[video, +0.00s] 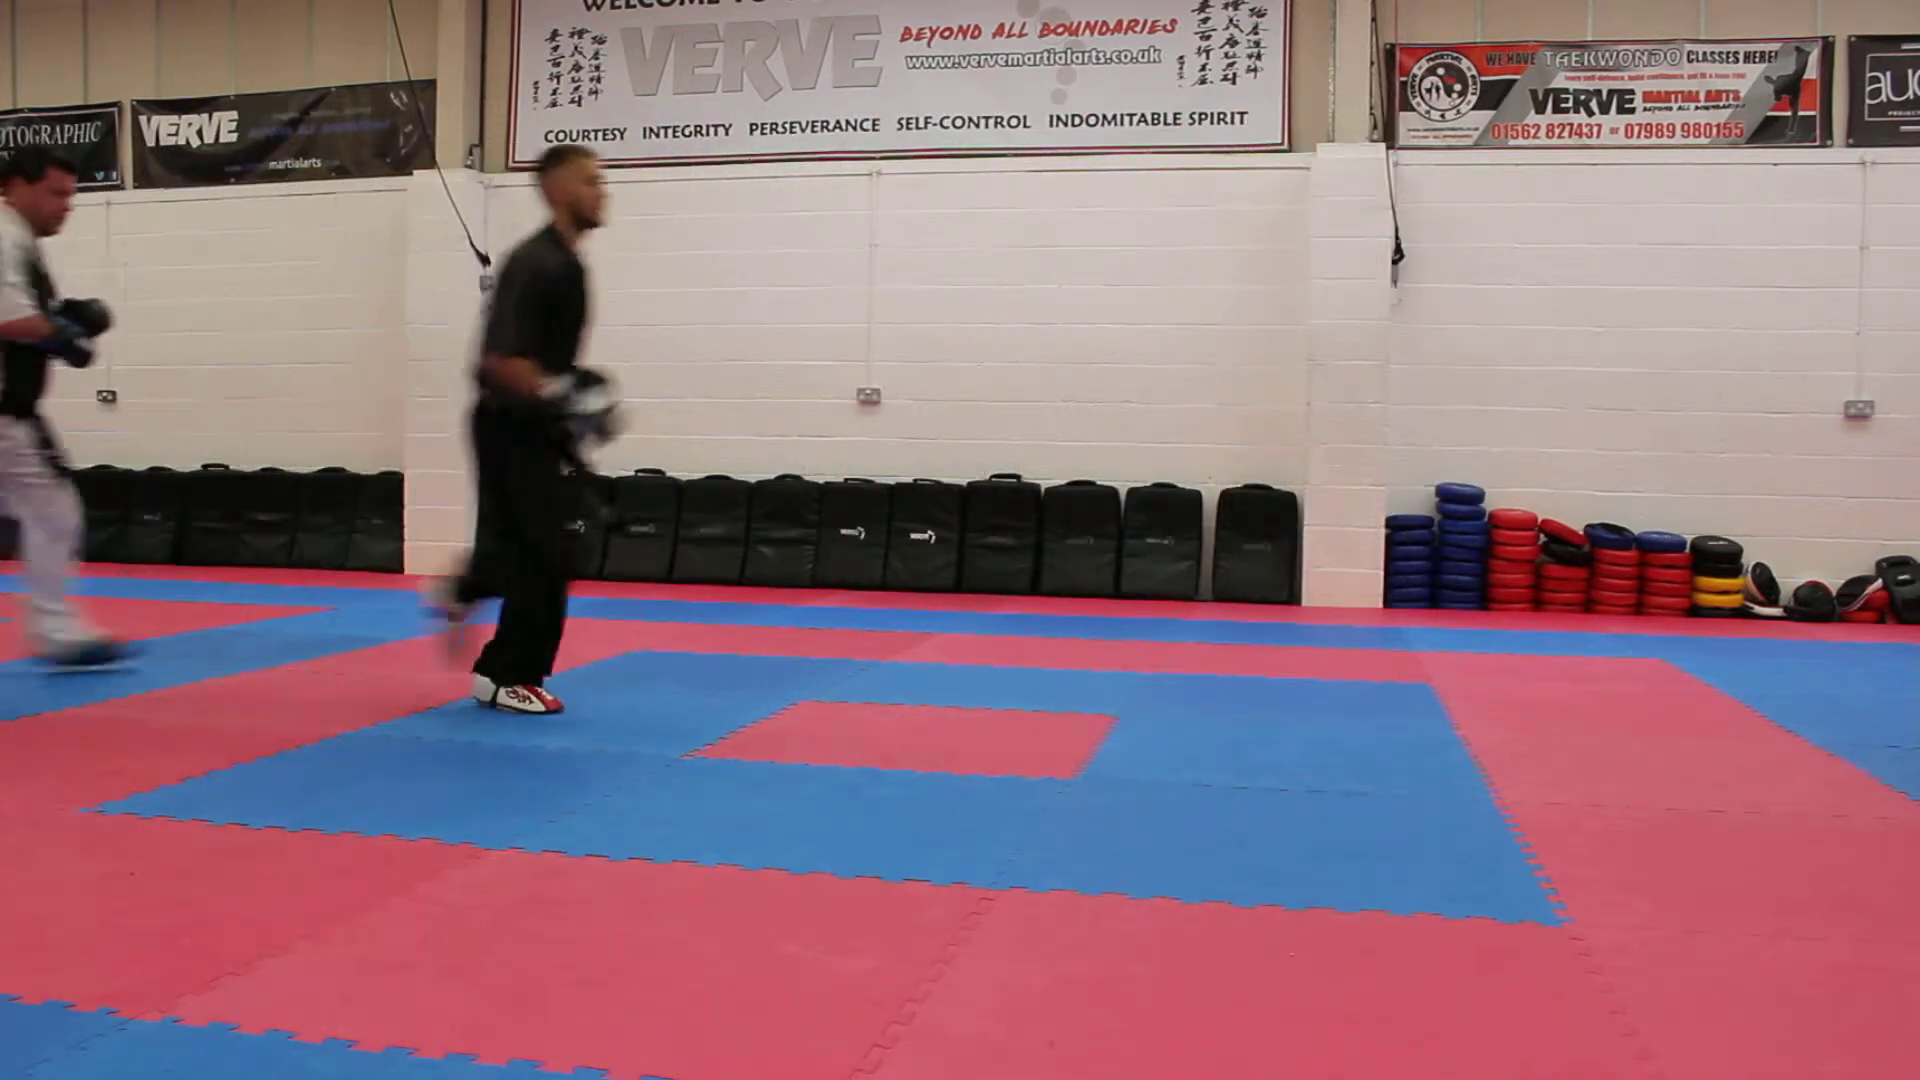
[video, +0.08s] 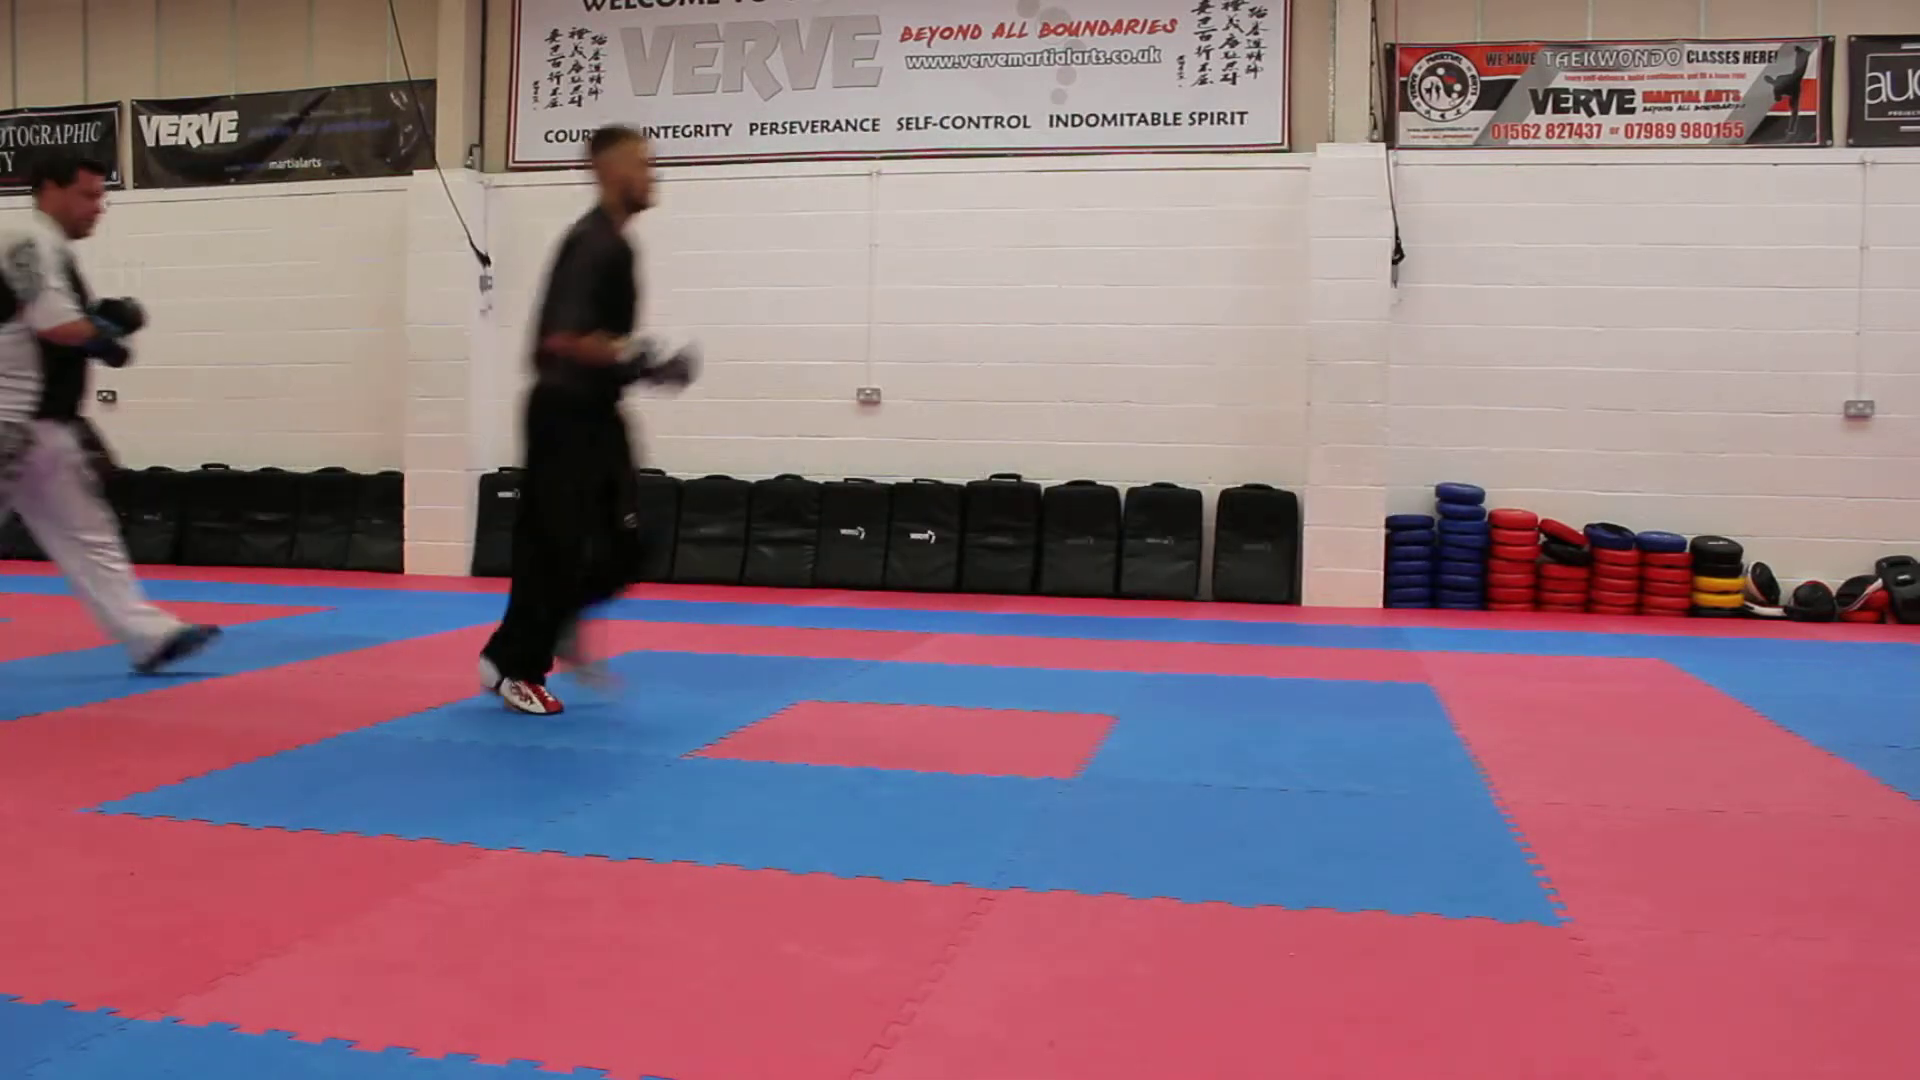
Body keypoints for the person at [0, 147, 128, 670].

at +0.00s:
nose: (66, 207)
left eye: (69, 196)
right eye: (57, 194)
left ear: (23, 193)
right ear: (18, 189)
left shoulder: (22, 242)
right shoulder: (6, 240)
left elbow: (25, 317)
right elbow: (12, 320)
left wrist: (58, 338)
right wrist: (63, 322)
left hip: (17, 415)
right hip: (8, 417)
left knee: (51, 508)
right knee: (53, 507)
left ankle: (56, 628)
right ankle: (55, 629)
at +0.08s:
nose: (98, 207)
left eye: (100, 196)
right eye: (89, 195)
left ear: (61, 195)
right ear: (51, 192)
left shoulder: (50, 248)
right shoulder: (30, 244)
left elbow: (59, 323)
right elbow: (55, 325)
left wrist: (96, 337)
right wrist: (105, 325)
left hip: (43, 426)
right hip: (24, 427)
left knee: (85, 534)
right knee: (84, 534)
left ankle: (149, 636)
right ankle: (148, 635)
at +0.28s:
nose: (185, 199)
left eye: (187, 189)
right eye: (175, 188)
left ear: (177, 192)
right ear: (139, 188)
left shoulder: (164, 256)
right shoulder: (110, 240)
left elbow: (178, 308)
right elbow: (128, 315)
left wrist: (209, 312)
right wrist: (187, 331)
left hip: (144, 413)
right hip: (96, 410)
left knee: (168, 527)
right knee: (114, 529)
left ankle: (168, 646)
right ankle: (19, 607)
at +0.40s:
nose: (231, 192)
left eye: (234, 183)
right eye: (221, 181)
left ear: (233, 185)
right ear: (185, 182)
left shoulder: (224, 253)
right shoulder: (152, 233)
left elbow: (246, 310)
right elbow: (149, 305)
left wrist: (251, 311)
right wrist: (218, 318)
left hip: (188, 399)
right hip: (141, 395)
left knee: (194, 514)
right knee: (191, 510)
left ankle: (172, 637)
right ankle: (172, 638)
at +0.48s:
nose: (257, 193)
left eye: (261, 183)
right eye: (246, 182)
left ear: (259, 188)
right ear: (212, 184)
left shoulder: (258, 255)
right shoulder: (177, 236)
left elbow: (284, 331)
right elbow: (165, 312)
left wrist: (283, 315)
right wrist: (235, 319)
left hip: (226, 403)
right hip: (175, 399)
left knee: (198, 528)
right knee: (228, 519)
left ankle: (169, 642)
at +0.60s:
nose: (298, 192)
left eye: (301, 182)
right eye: (287, 182)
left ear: (299, 185)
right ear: (251, 184)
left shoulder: (299, 256)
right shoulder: (217, 244)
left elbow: (320, 327)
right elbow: (207, 322)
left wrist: (327, 320)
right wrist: (280, 327)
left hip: (281, 407)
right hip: (228, 407)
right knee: (268, 522)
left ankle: (203, 616)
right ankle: (297, 654)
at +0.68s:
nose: (327, 190)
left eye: (329, 179)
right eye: (315, 179)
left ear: (326, 183)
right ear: (280, 180)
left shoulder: (329, 254)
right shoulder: (247, 241)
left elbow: (344, 338)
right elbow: (240, 319)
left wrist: (360, 316)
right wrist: (312, 323)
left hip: (313, 408)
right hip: (256, 405)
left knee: (350, 525)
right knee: (288, 530)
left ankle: (271, 594)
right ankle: (300, 655)